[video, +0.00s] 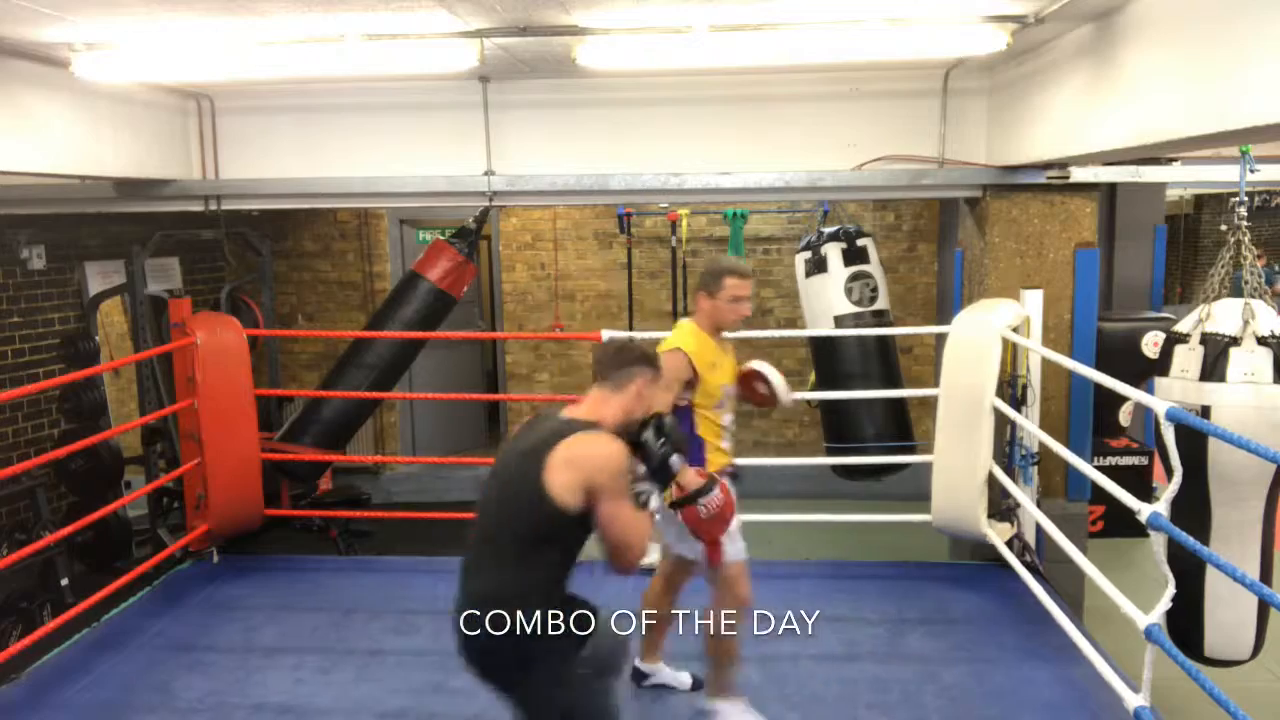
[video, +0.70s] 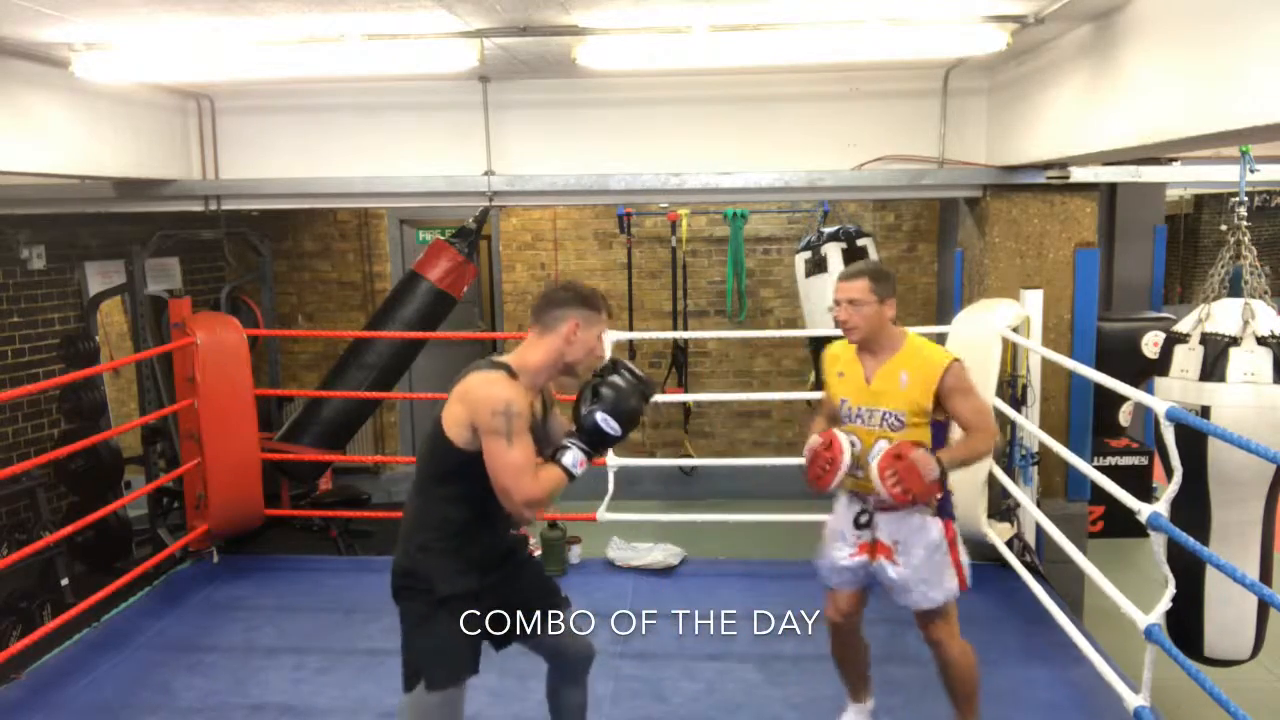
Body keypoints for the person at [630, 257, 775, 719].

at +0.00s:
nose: (745, 310)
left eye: (748, 301)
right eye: (737, 300)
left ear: (723, 302)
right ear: (703, 300)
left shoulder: (720, 345)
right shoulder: (682, 349)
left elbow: (716, 393)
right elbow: (651, 422)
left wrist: (756, 393)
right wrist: (684, 475)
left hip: (706, 481)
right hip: (699, 486)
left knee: (674, 570)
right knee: (735, 593)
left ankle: (649, 662)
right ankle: (720, 696)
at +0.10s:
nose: (767, 316)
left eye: (771, 307)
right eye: (758, 307)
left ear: (771, 306)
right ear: (726, 307)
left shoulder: (753, 343)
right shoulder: (701, 360)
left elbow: (740, 400)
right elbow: (659, 426)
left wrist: (776, 399)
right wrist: (696, 483)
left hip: (748, 487)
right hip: (726, 495)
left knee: (695, 570)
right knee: (770, 596)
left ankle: (651, 657)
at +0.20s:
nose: (787, 319)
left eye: (793, 310)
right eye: (776, 311)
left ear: (797, 311)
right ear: (748, 313)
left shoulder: (791, 349)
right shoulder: (724, 366)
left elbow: (787, 405)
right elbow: (682, 434)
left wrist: (818, 408)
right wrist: (716, 482)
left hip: (788, 490)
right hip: (759, 497)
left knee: (743, 576)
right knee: (802, 602)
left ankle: (670, 637)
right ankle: (803, 704)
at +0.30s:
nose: (804, 318)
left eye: (809, 306)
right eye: (791, 309)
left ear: (817, 305)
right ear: (766, 309)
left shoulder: (826, 346)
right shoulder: (742, 366)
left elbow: (825, 408)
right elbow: (704, 430)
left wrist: (851, 413)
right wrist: (743, 479)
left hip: (819, 485)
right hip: (781, 494)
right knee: (809, 602)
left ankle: (728, 626)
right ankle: (804, 705)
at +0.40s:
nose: (814, 310)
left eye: (823, 298)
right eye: (802, 300)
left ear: (837, 298)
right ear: (785, 302)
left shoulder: (863, 340)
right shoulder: (758, 356)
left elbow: (876, 390)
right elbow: (724, 418)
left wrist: (890, 413)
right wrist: (764, 458)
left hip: (854, 483)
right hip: (801, 492)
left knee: (877, 594)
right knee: (812, 608)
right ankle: (805, 705)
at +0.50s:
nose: (821, 305)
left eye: (832, 293)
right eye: (811, 294)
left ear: (855, 291)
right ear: (801, 295)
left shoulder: (896, 338)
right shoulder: (779, 348)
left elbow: (922, 397)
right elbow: (751, 409)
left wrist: (912, 421)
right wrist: (782, 447)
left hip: (883, 490)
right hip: (815, 496)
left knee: (901, 605)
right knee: (817, 607)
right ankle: (812, 701)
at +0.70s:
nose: (840, 315)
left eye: (852, 304)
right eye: (838, 305)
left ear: (888, 307)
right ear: (837, 308)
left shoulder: (938, 368)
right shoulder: (836, 358)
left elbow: (985, 436)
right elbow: (826, 414)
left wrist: (939, 460)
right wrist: (815, 445)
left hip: (916, 517)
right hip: (852, 509)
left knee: (940, 633)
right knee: (839, 616)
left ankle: (968, 716)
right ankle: (860, 705)